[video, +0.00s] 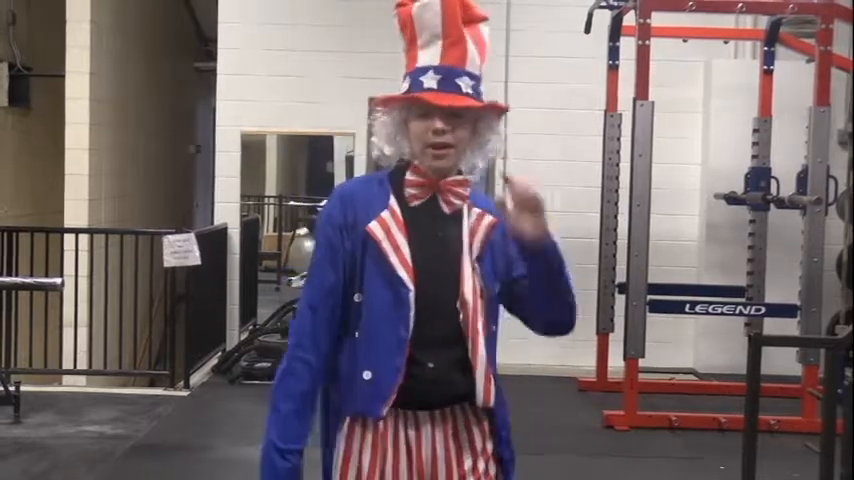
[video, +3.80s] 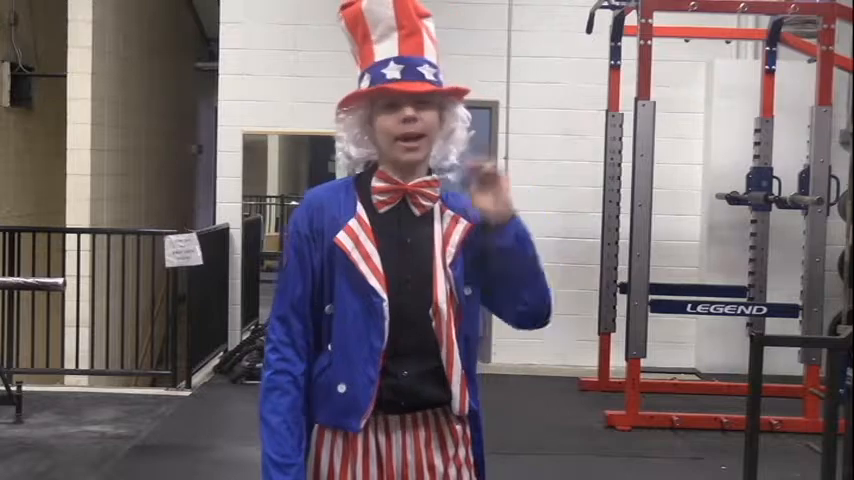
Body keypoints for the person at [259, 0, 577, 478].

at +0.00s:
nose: (440, 129)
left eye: (455, 117)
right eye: (426, 115)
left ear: (475, 129)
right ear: (404, 124)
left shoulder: (489, 216)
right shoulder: (354, 205)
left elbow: (555, 321)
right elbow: (312, 336)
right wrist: (280, 459)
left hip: (467, 429)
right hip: (375, 431)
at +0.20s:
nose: (433, 129)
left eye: (452, 117)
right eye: (422, 113)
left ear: (480, 134)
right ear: (405, 120)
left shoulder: (487, 214)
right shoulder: (354, 200)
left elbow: (570, 281)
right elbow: (305, 327)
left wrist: (508, 194)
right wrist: (281, 458)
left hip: (458, 431)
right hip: (367, 433)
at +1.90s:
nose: (400, 121)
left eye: (421, 115)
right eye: (394, 105)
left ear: (446, 139)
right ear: (376, 115)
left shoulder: (453, 224)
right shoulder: (317, 200)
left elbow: (512, 307)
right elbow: (262, 320)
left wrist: (476, 203)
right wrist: (233, 452)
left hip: (406, 440)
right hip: (315, 437)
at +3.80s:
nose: (410, 117)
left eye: (423, 103)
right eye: (391, 106)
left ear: (444, 118)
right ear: (368, 123)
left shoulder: (467, 214)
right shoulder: (321, 212)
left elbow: (532, 314)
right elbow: (288, 347)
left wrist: (503, 225)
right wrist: (283, 467)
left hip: (443, 439)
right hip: (347, 443)